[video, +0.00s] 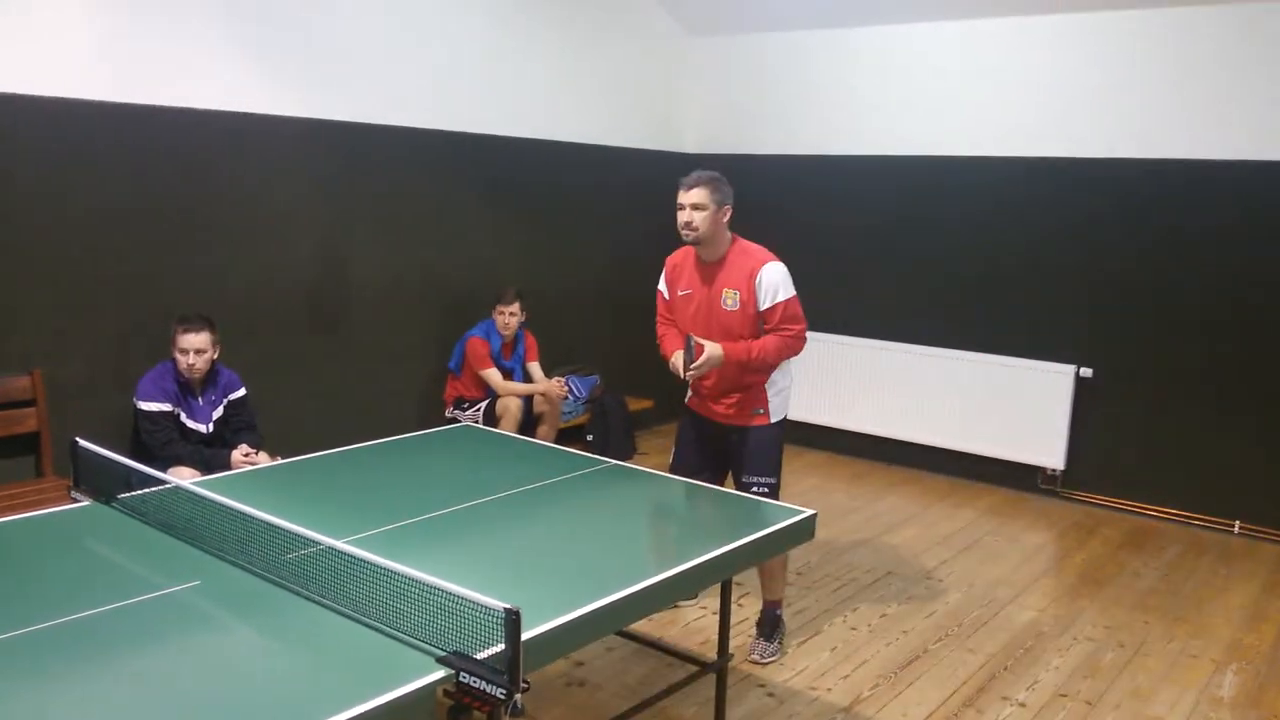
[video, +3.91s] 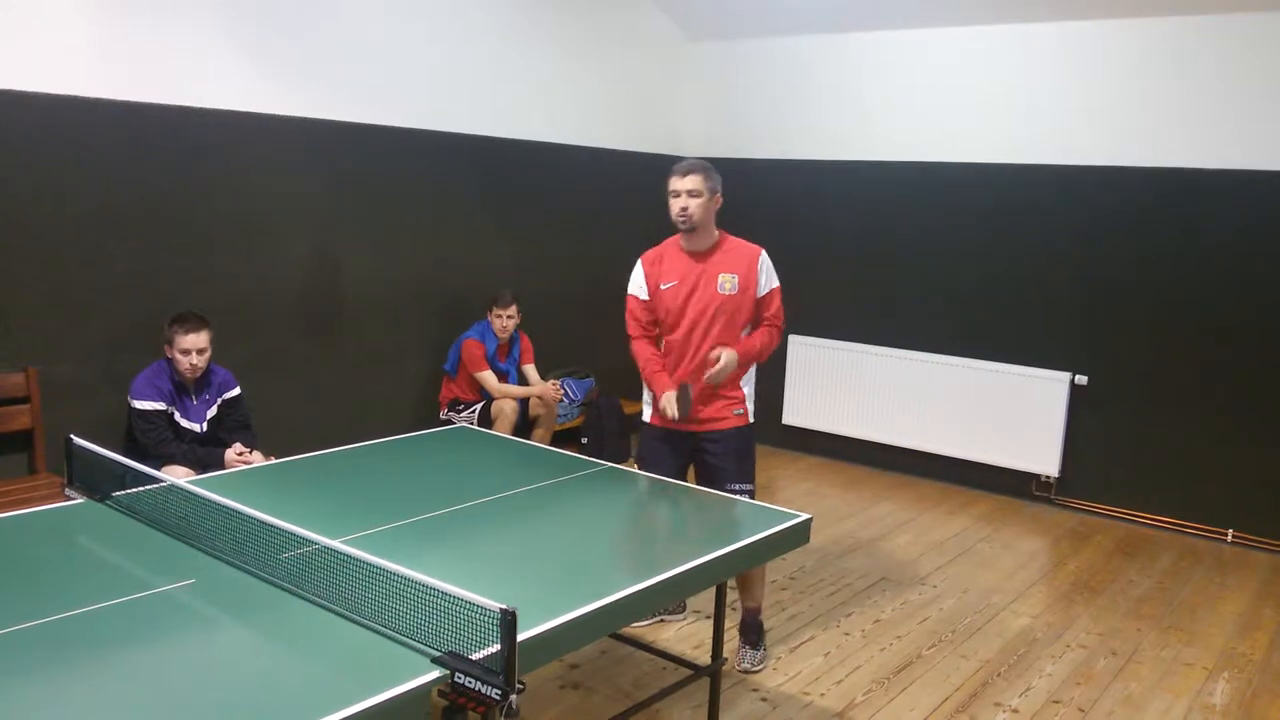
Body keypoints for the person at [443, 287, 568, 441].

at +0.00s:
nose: (506, 320)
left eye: (512, 315)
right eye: (501, 314)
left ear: (522, 317)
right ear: (494, 315)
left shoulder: (526, 339)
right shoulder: (477, 341)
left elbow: (539, 379)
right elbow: (500, 388)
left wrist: (553, 387)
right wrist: (545, 388)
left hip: (499, 401)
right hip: (463, 407)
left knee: (551, 403)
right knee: (513, 405)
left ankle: (539, 464)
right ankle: (501, 463)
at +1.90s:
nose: (512, 319)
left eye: (518, 313)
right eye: (507, 313)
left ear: (527, 315)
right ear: (498, 313)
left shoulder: (530, 337)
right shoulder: (480, 339)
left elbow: (544, 377)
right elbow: (505, 386)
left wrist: (558, 385)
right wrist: (549, 386)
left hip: (503, 399)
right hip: (468, 405)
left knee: (556, 400)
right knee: (517, 403)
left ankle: (546, 462)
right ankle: (504, 460)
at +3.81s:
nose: (504, 325)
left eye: (510, 319)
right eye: (498, 318)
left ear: (518, 320)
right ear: (489, 317)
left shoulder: (521, 342)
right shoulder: (472, 344)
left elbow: (536, 383)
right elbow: (496, 392)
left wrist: (550, 391)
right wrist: (540, 391)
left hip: (493, 405)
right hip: (457, 411)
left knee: (547, 406)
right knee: (508, 407)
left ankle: (535, 468)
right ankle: (495, 467)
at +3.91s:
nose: (504, 324)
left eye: (510, 318)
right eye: (498, 317)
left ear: (518, 319)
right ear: (489, 316)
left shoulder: (521, 341)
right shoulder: (472, 343)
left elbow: (536, 382)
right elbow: (496, 391)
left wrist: (550, 390)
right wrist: (539, 391)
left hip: (494, 404)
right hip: (457, 410)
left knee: (547, 405)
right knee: (508, 407)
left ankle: (534, 468)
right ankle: (495, 467)